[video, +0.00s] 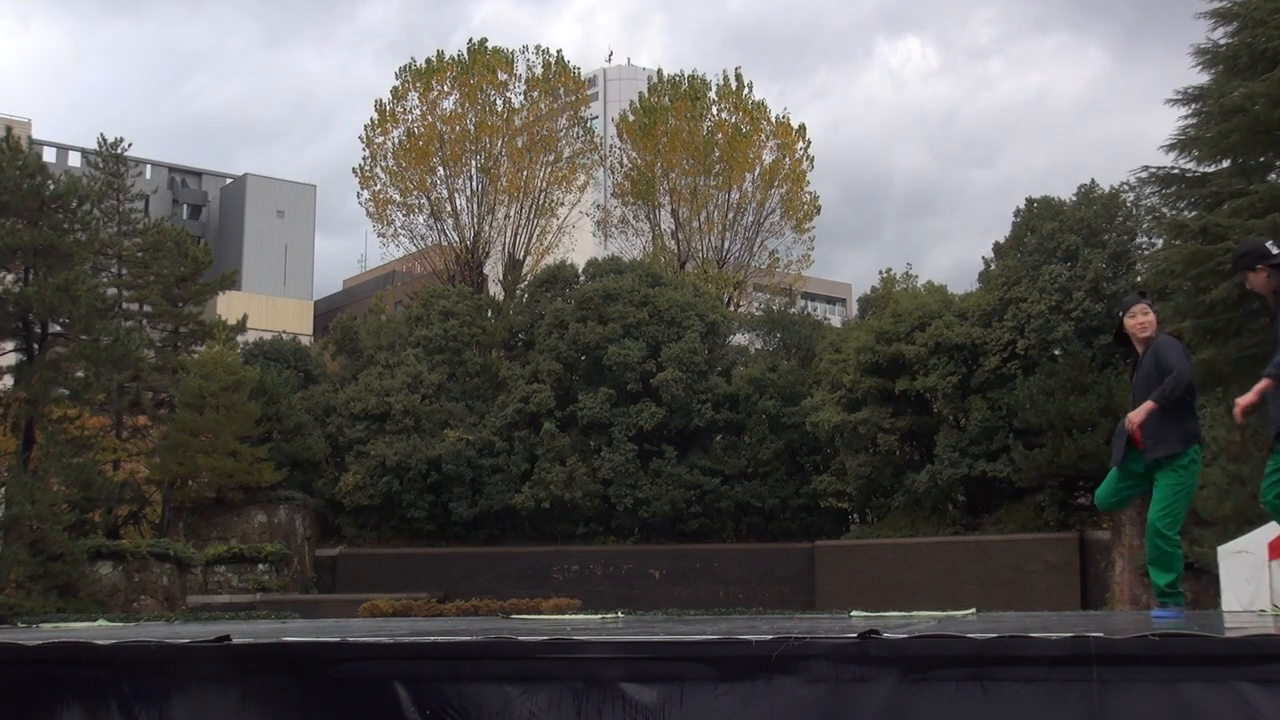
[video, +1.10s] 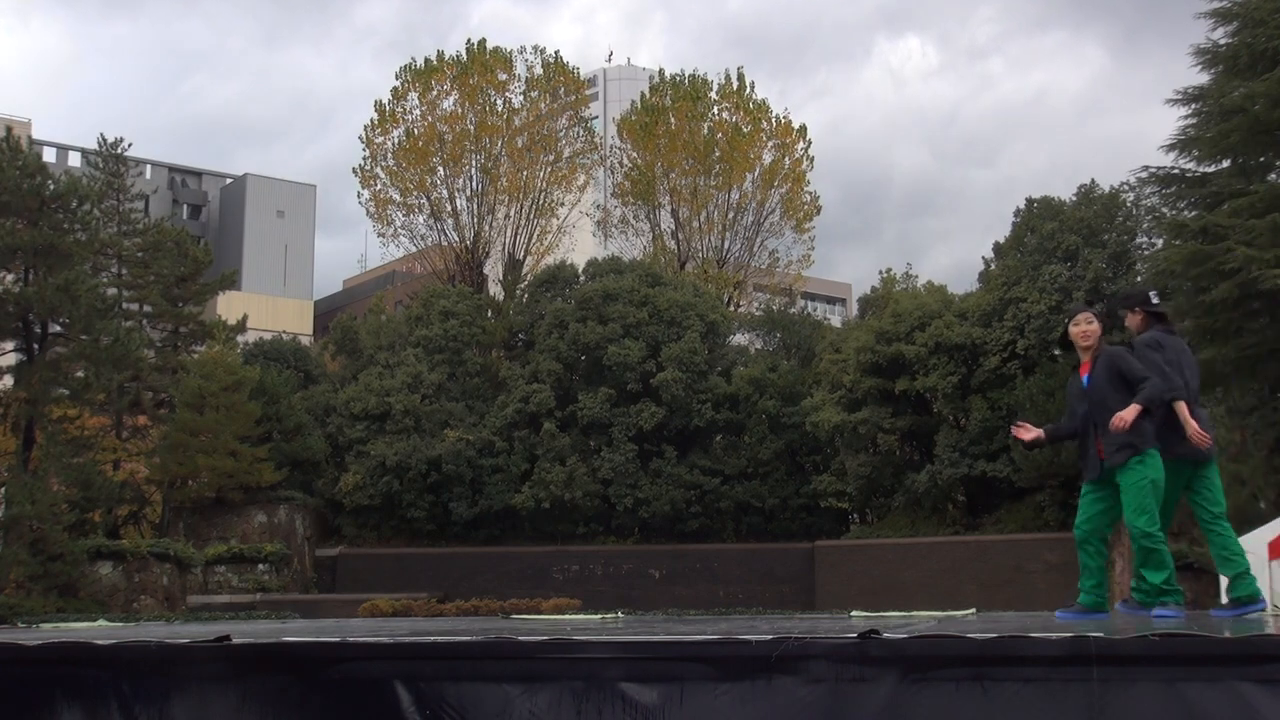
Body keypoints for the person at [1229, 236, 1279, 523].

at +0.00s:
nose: (1247, 285)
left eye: (1247, 276)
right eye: (1245, 278)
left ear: (1264, 272)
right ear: (1264, 272)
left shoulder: (1275, 308)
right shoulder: (1274, 308)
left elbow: (1276, 360)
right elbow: (1277, 360)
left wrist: (1257, 390)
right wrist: (1257, 390)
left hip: (1277, 428)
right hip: (1277, 428)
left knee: (1272, 495)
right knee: (1271, 495)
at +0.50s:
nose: (1209, 294)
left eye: (1210, 287)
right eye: (1208, 287)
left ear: (1223, 286)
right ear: (1233, 284)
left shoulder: (1253, 320)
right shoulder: (1243, 320)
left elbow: (1250, 379)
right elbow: (1242, 381)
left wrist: (1226, 387)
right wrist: (1214, 403)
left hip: (1264, 435)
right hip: (1247, 436)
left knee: (1271, 514)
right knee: (1240, 512)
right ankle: (1246, 589)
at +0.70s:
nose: (1188, 298)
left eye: (1190, 292)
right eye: (1188, 292)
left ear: (1202, 294)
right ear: (1217, 292)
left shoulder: (1222, 328)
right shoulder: (1220, 327)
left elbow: (1214, 382)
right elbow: (1215, 381)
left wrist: (1189, 401)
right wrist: (1190, 397)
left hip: (1237, 440)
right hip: (1225, 441)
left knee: (1246, 516)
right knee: (1223, 523)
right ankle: (1251, 597)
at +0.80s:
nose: (1176, 303)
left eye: (1177, 297)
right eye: (1176, 297)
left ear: (1187, 298)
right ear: (1207, 296)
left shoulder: (1201, 329)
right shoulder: (1221, 327)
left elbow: (1204, 382)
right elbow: (1217, 381)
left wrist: (1187, 408)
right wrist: (1193, 407)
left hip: (1218, 437)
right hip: (1237, 435)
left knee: (1208, 513)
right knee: (1230, 514)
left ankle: (1268, 557)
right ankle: (1250, 596)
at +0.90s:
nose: (1161, 309)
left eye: (1162, 303)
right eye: (1161, 303)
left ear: (1173, 303)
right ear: (1192, 303)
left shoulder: (1182, 333)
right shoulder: (1212, 334)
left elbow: (1192, 385)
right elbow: (1219, 385)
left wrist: (1187, 432)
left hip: (1209, 440)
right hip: (1232, 439)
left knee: (1180, 512)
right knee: (1231, 519)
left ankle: (1229, 572)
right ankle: (1255, 596)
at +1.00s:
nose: (1142, 313)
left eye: (1145, 308)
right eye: (1144, 307)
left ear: (1157, 310)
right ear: (1174, 310)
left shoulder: (1162, 338)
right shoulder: (1198, 339)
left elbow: (1181, 382)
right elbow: (1207, 384)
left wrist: (1190, 425)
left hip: (1189, 445)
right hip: (1218, 443)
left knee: (1165, 516)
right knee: (1226, 521)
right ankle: (1252, 594)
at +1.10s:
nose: (1125, 321)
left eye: (1128, 315)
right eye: (1126, 315)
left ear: (1140, 315)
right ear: (1153, 315)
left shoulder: (1145, 342)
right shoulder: (1178, 342)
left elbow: (1169, 381)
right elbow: (1187, 384)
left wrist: (1186, 419)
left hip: (1169, 440)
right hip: (1197, 437)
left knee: (1154, 521)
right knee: (1214, 518)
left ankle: (1145, 594)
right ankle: (1245, 591)